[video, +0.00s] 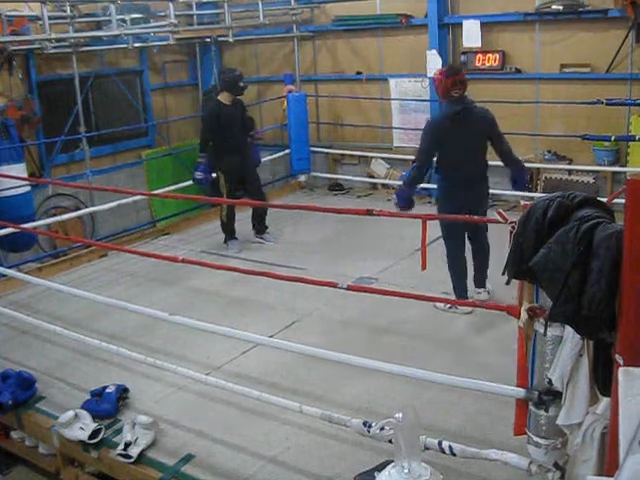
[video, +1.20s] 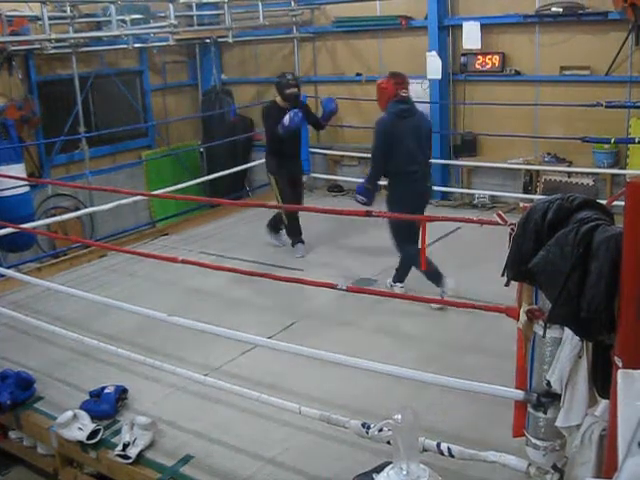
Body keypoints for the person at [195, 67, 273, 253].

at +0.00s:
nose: (243, 86)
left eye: (242, 82)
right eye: (239, 83)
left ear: (229, 85)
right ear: (229, 85)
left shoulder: (239, 105)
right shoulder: (212, 109)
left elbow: (245, 129)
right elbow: (206, 136)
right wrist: (203, 160)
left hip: (244, 159)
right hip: (224, 161)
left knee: (258, 196)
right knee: (228, 199)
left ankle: (260, 230)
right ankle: (230, 237)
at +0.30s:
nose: (250, 86)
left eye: (250, 82)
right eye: (246, 83)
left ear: (244, 84)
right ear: (235, 85)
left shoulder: (247, 104)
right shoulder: (222, 106)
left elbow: (254, 131)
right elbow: (219, 136)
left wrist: (265, 149)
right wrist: (221, 160)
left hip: (251, 157)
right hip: (231, 159)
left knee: (262, 196)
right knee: (231, 199)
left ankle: (266, 232)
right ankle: (230, 238)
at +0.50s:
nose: (258, 85)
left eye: (259, 81)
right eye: (253, 82)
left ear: (260, 82)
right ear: (243, 84)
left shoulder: (258, 104)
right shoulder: (235, 106)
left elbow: (265, 124)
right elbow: (233, 133)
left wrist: (274, 136)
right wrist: (240, 154)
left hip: (261, 154)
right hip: (244, 156)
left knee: (266, 197)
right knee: (241, 198)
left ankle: (266, 233)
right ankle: (232, 237)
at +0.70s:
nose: (269, 89)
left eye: (271, 85)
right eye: (264, 85)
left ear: (274, 85)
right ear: (256, 86)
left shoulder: (269, 104)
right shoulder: (246, 104)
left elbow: (279, 125)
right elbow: (242, 132)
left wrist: (295, 135)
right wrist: (255, 148)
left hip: (268, 154)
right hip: (251, 156)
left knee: (270, 196)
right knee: (257, 197)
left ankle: (266, 234)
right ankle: (240, 233)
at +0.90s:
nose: (279, 87)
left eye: (281, 83)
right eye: (275, 83)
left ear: (283, 84)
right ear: (266, 85)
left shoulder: (281, 103)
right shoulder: (253, 105)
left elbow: (294, 123)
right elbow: (251, 131)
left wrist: (310, 129)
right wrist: (266, 141)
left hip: (273, 153)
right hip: (255, 154)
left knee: (275, 196)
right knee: (269, 197)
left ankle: (271, 233)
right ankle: (266, 236)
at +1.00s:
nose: (285, 88)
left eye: (286, 84)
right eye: (280, 85)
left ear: (288, 85)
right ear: (271, 87)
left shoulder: (288, 103)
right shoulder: (260, 106)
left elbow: (302, 125)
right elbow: (257, 135)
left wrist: (316, 125)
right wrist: (270, 138)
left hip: (280, 154)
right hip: (261, 156)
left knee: (278, 194)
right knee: (274, 195)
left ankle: (265, 231)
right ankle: (287, 236)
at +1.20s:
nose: (294, 92)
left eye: (296, 88)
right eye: (289, 89)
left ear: (299, 89)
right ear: (280, 91)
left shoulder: (300, 106)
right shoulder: (270, 109)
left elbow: (318, 126)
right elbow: (272, 137)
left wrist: (327, 115)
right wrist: (286, 126)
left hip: (294, 160)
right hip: (276, 161)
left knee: (296, 201)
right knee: (288, 201)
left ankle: (274, 225)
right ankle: (297, 240)